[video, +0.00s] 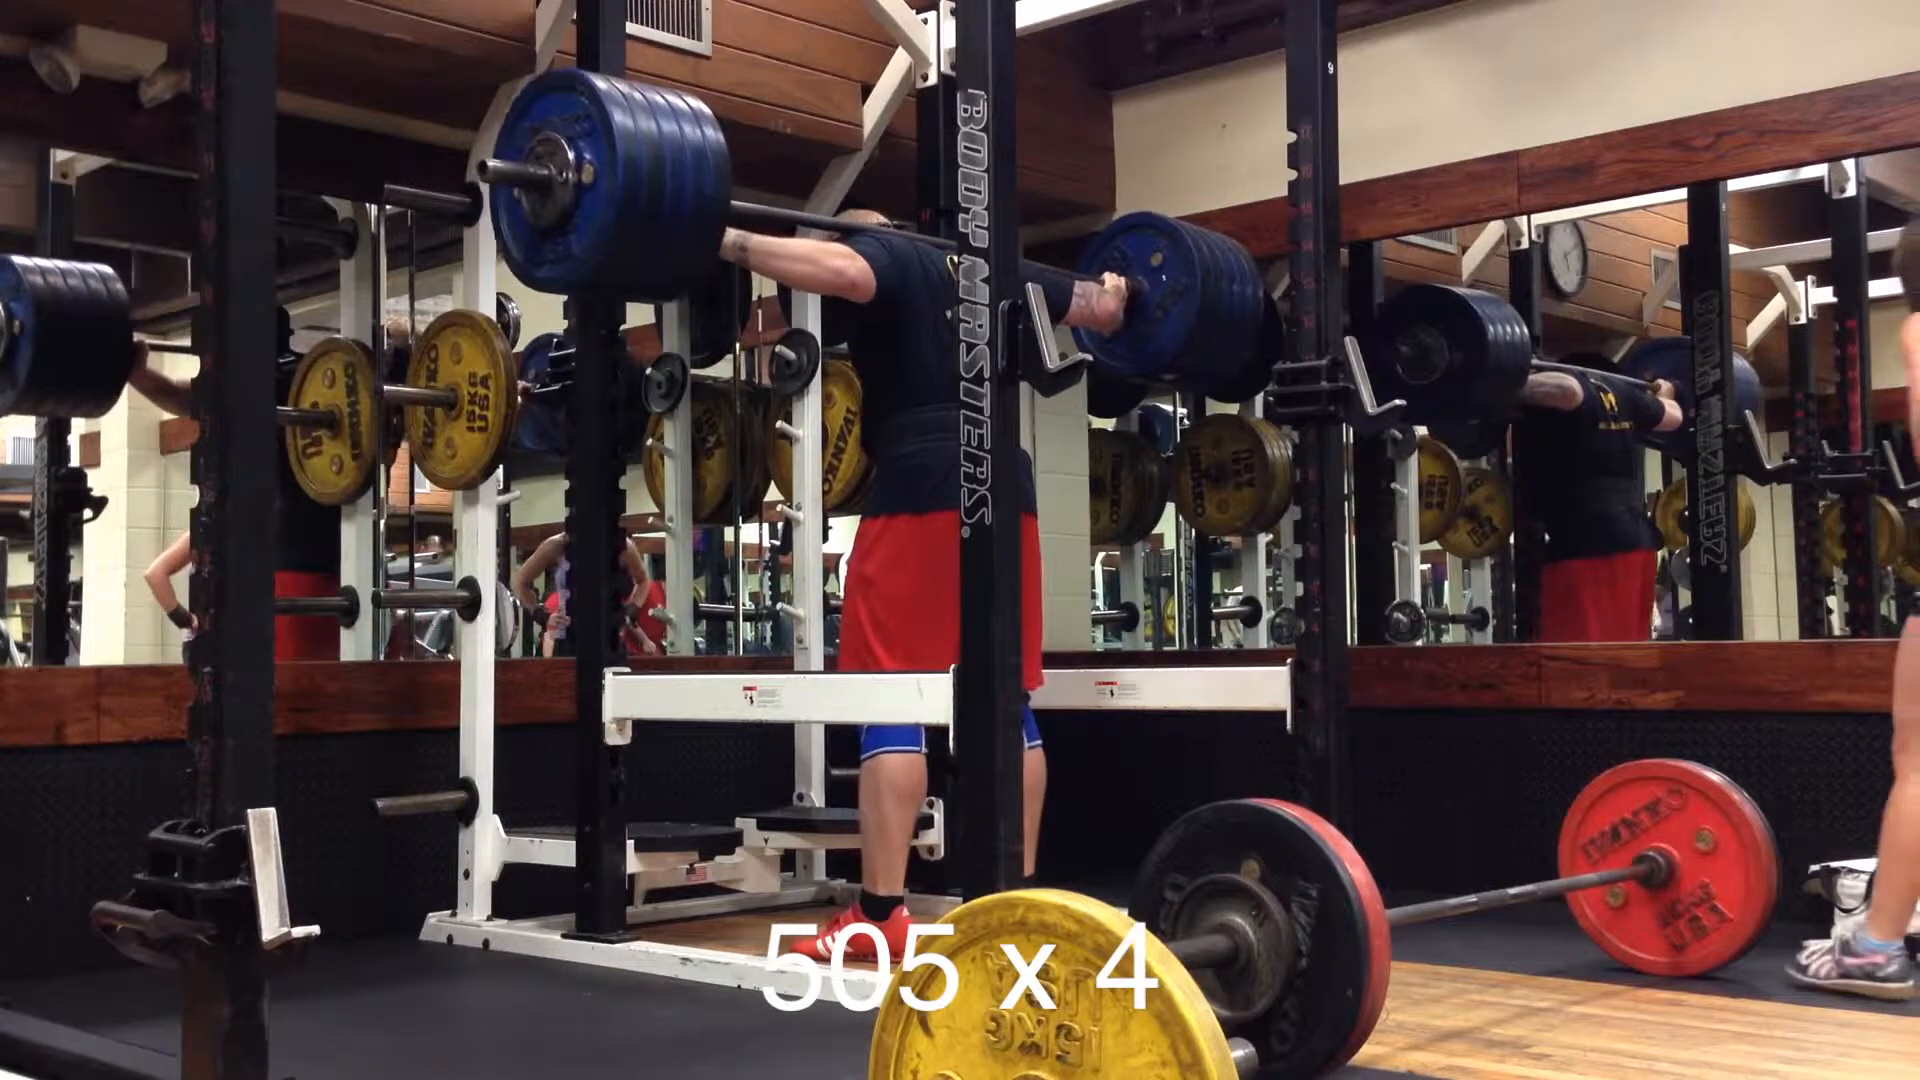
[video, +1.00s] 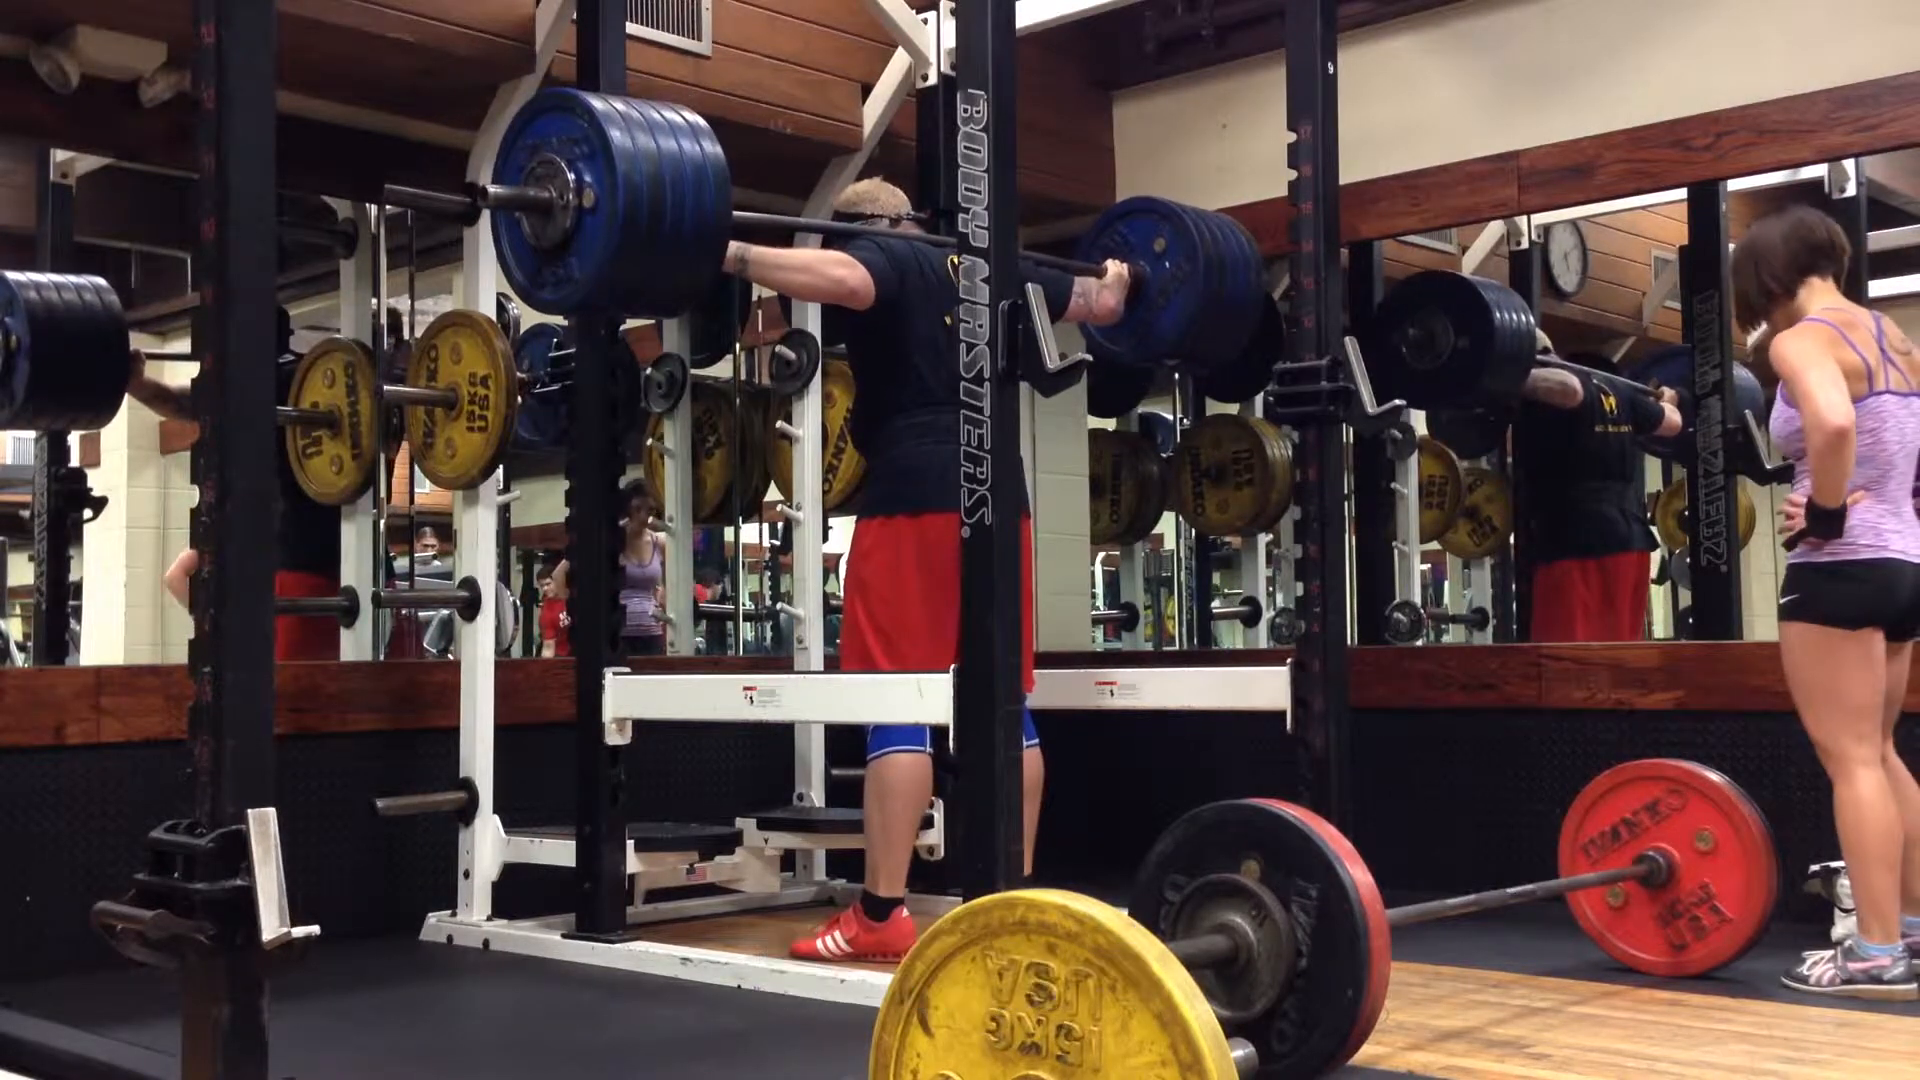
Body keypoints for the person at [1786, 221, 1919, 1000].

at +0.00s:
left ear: (1909, 280)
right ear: (1910, 282)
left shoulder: (1914, 330)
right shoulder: (1912, 331)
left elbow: (1913, 439)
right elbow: (1912, 441)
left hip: (1919, 603)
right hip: (1914, 601)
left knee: (1911, 761)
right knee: (1908, 757)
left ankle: (1880, 940)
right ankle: (1886, 933)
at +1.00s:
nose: (1754, 297)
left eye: (1754, 283)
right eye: (1752, 283)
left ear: (1770, 276)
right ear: (1833, 263)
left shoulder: (1798, 339)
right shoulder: (1884, 330)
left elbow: (1834, 422)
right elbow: (1896, 440)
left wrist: (1826, 517)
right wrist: (1826, 498)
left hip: (1840, 569)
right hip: (1900, 566)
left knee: (1852, 758)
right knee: (1876, 749)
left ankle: (1877, 945)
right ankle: (1905, 924)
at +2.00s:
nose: (1775, 288)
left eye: (1782, 275)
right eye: (1775, 274)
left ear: (1818, 273)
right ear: (1853, 271)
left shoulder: (1844, 347)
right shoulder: (1885, 338)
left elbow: (1898, 431)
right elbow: (1885, 440)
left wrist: (1862, 524)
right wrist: (1837, 510)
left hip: (1852, 575)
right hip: (1894, 570)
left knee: (1860, 752)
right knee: (1899, 747)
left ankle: (1881, 940)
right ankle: (1897, 926)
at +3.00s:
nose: (1770, 286)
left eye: (1777, 271)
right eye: (1769, 271)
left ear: (1812, 267)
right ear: (1851, 267)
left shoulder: (1835, 344)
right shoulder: (1883, 342)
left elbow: (1888, 431)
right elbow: (1906, 457)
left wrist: (1844, 522)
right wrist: (1873, 515)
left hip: (1844, 575)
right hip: (1889, 570)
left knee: (1856, 757)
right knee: (1889, 749)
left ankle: (1882, 942)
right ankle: (1902, 926)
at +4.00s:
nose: (1762, 284)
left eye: (1768, 267)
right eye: (1761, 268)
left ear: (1803, 265)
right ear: (1843, 264)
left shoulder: (1828, 342)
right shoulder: (1878, 340)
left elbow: (1881, 431)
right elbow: (1906, 448)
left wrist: (1839, 521)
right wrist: (1893, 522)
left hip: (1839, 574)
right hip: (1885, 569)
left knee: (1855, 758)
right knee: (1887, 750)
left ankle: (1883, 942)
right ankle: (1901, 927)